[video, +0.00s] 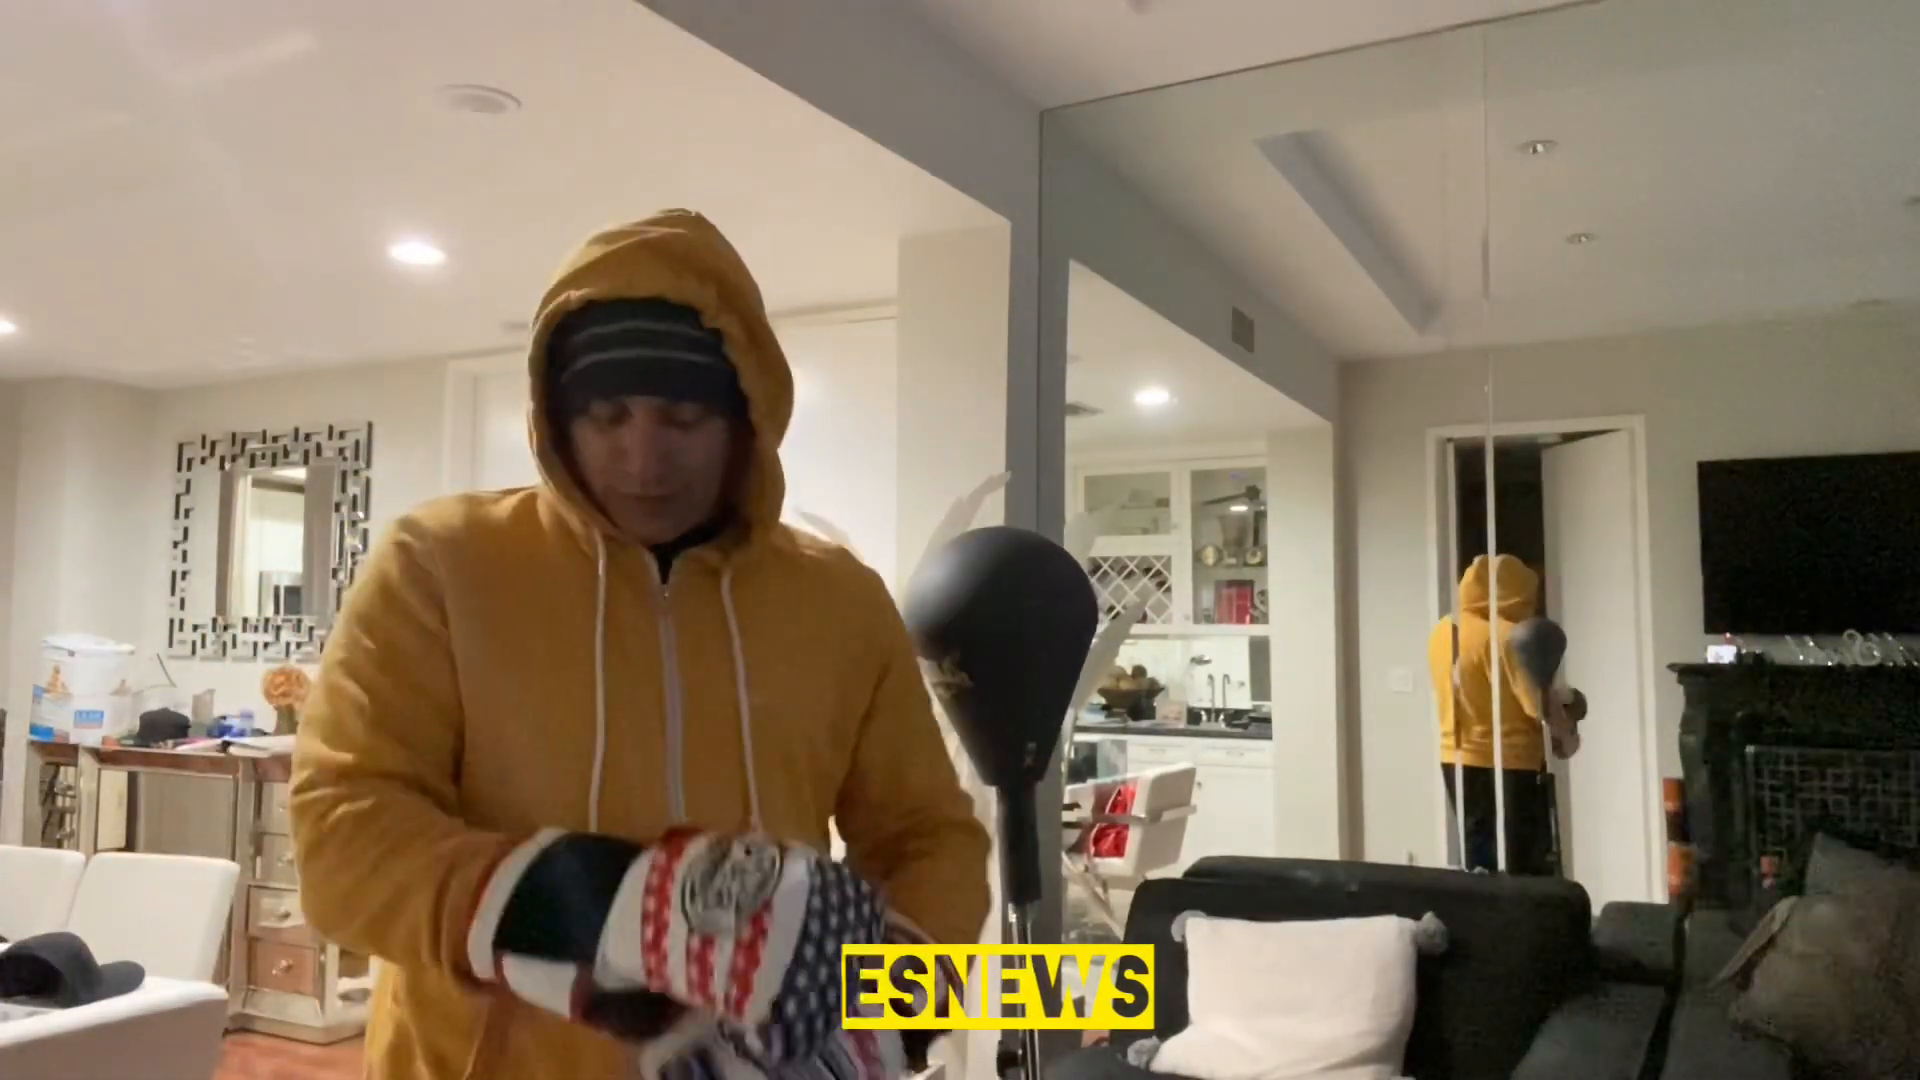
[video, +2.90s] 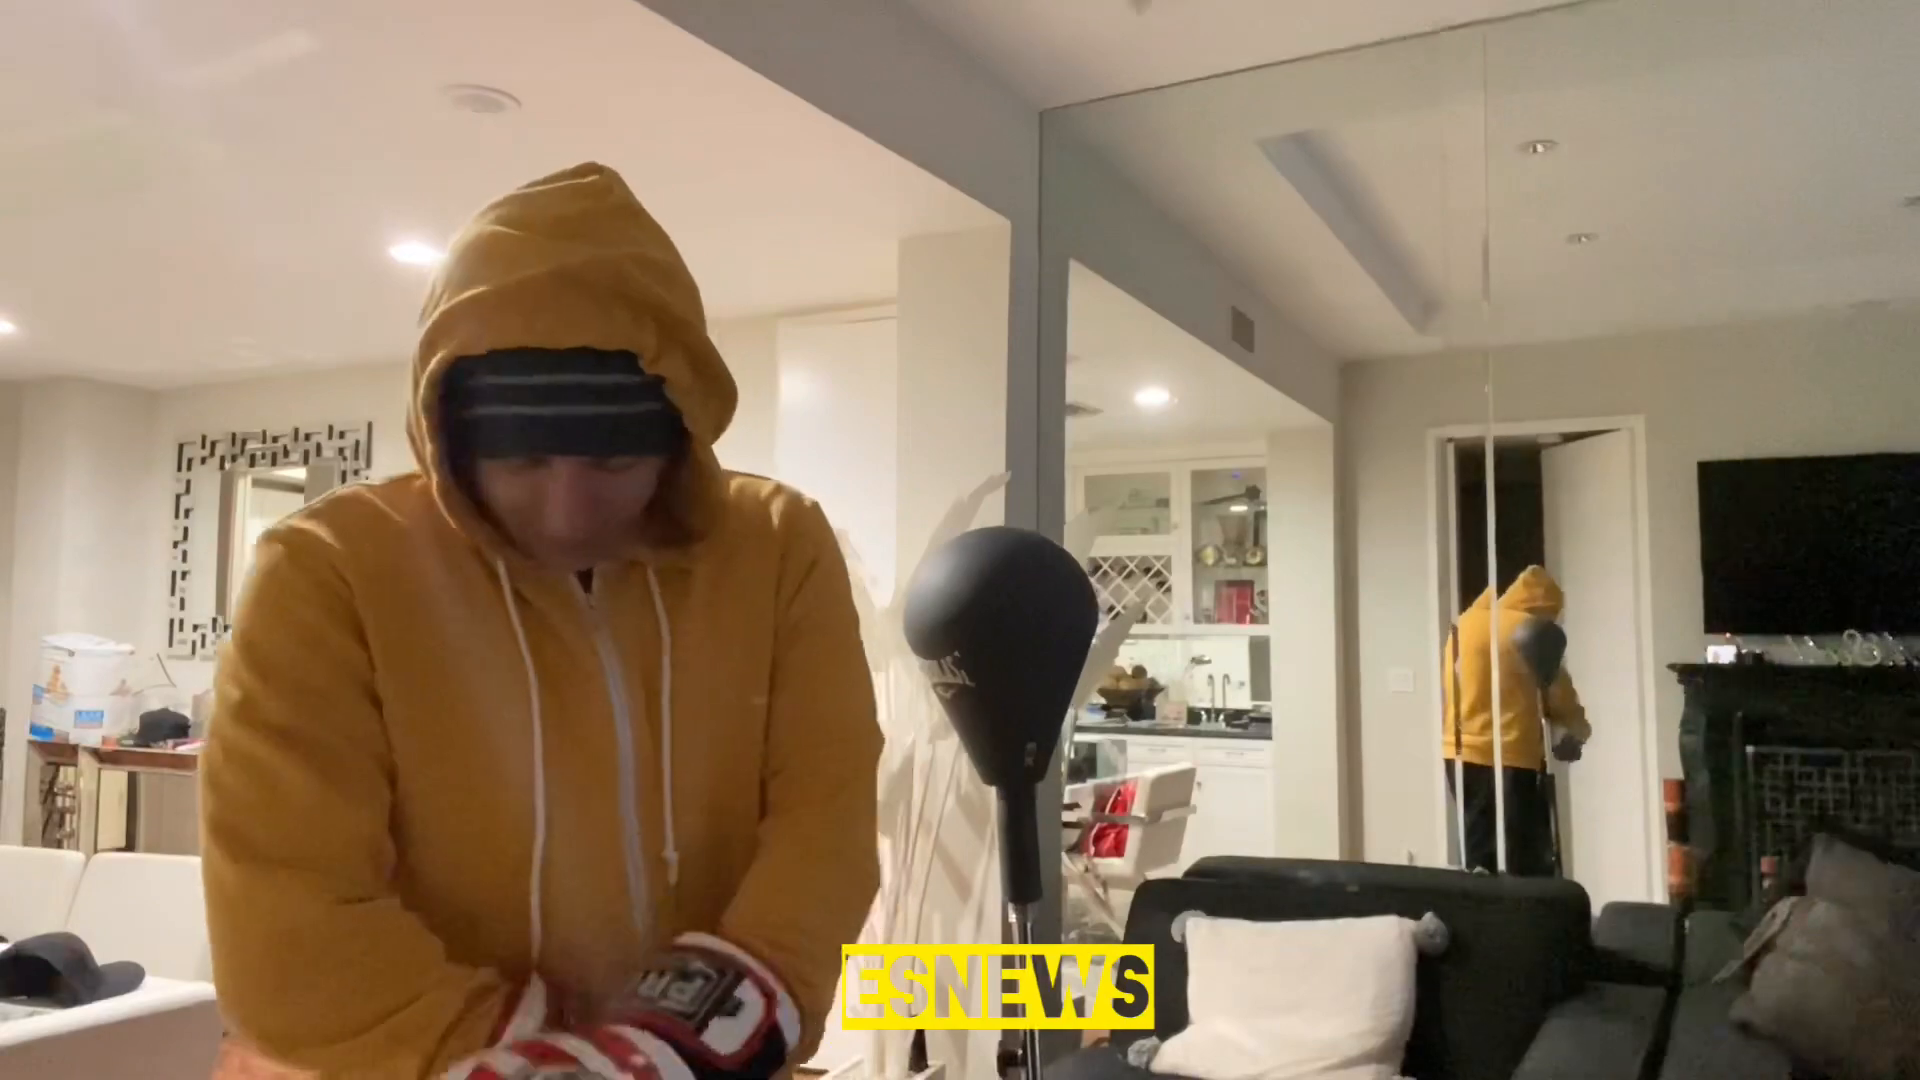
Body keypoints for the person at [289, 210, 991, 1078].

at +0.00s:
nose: (642, 458)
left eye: (683, 415)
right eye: (606, 415)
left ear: (743, 422)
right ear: (559, 422)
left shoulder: (839, 604)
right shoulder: (441, 569)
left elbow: (929, 837)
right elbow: (343, 839)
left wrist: (869, 1010)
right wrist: (586, 908)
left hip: (759, 1066)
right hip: (481, 1059)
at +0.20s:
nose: (670, 492)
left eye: (707, 448)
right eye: (632, 447)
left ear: (753, 446)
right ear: (567, 438)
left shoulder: (825, 600)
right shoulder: (429, 572)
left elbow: (889, 837)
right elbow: (331, 864)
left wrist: (933, 980)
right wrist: (586, 1002)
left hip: (754, 1062)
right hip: (480, 1065)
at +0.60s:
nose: (674, 501)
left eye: (708, 461)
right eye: (637, 458)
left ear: (746, 459)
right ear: (566, 442)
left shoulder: (800, 591)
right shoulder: (409, 572)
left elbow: (864, 805)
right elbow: (340, 904)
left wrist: (847, 902)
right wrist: (562, 1049)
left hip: (752, 1060)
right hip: (500, 1062)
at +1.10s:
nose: (573, 507)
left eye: (612, 457)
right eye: (531, 459)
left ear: (675, 441)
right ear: (471, 444)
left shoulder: (781, 569)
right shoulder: (351, 581)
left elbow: (855, 813)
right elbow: (279, 921)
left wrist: (769, 917)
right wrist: (463, 1057)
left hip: (734, 1064)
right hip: (471, 1064)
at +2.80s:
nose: (574, 506)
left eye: (617, 453)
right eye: (526, 453)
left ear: (687, 435)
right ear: (465, 438)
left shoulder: (788, 548)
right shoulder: (345, 570)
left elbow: (854, 821)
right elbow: (296, 928)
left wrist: (694, 1007)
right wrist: (503, 1047)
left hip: (719, 1061)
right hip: (432, 1065)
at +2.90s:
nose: (566, 512)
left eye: (613, 454)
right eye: (517, 454)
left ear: (678, 436)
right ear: (451, 436)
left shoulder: (779, 550)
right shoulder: (331, 574)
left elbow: (827, 840)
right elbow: (291, 955)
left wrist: (677, 1035)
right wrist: (515, 1050)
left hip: (709, 1056)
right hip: (410, 1059)